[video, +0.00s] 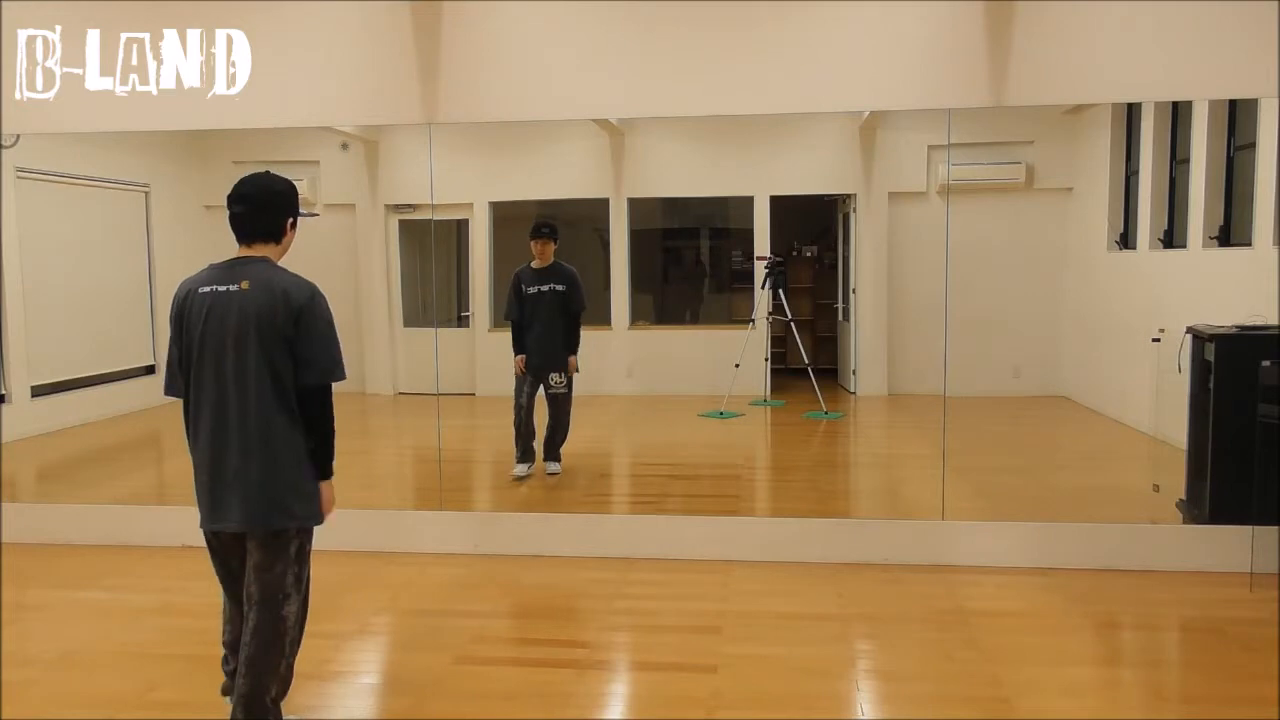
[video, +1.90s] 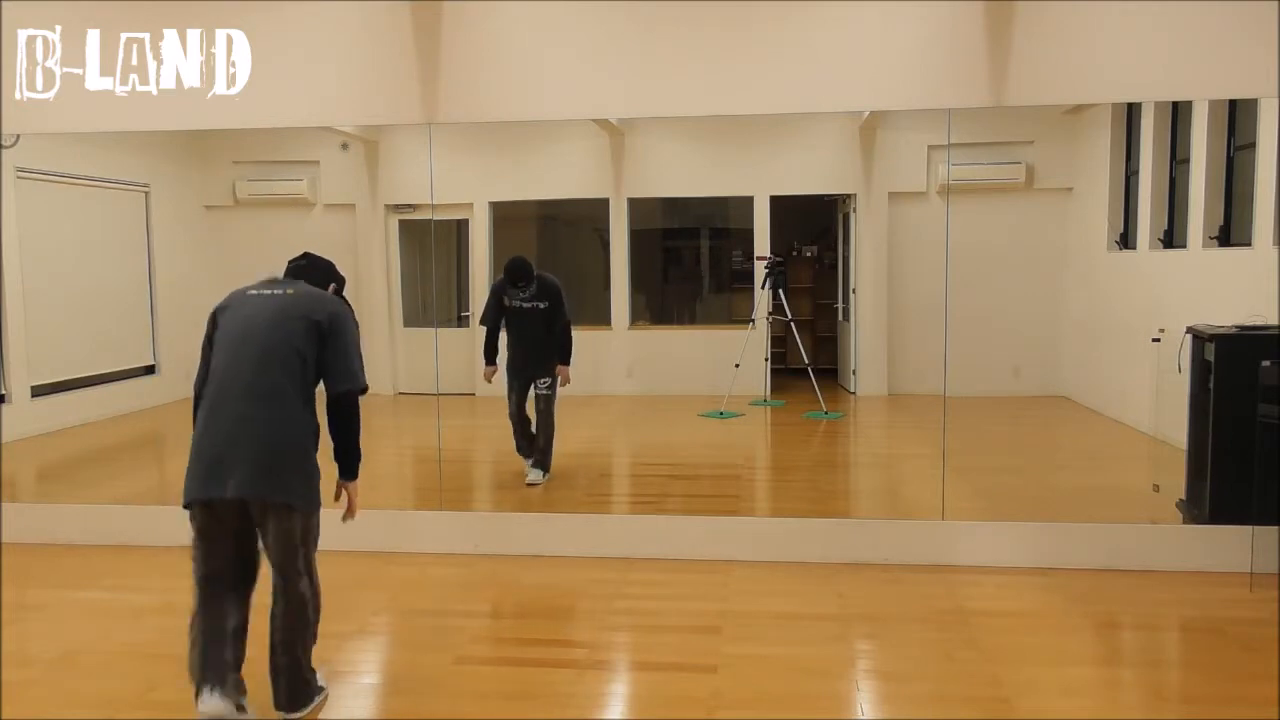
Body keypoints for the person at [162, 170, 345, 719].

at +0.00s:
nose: (295, 229)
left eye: (296, 220)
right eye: (295, 221)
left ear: (233, 225)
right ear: (287, 227)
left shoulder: (191, 292)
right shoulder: (300, 296)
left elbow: (184, 390)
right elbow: (316, 397)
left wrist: (209, 457)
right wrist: (323, 474)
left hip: (215, 483)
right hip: (281, 484)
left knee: (237, 596)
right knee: (274, 607)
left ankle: (240, 691)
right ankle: (257, 710)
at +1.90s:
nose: (337, 304)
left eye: (338, 299)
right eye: (339, 299)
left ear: (289, 279)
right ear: (331, 289)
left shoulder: (231, 302)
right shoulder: (331, 308)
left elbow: (204, 387)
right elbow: (343, 396)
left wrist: (211, 452)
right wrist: (348, 469)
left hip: (212, 462)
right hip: (282, 462)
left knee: (218, 577)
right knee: (294, 578)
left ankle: (216, 688)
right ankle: (293, 692)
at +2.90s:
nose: (337, 292)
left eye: (338, 287)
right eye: (337, 286)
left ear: (287, 267)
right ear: (329, 278)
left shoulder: (238, 287)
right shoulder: (334, 299)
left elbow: (223, 362)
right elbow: (367, 379)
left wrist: (254, 412)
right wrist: (376, 447)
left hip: (230, 457)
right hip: (295, 461)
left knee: (241, 570)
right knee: (299, 574)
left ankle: (244, 678)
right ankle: (284, 689)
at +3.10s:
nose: (339, 294)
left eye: (337, 289)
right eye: (339, 288)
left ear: (288, 276)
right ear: (332, 285)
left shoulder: (235, 304)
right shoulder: (339, 316)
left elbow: (213, 391)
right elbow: (342, 398)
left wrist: (238, 436)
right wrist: (349, 447)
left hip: (223, 467)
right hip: (287, 471)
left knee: (237, 582)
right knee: (294, 581)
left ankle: (242, 682)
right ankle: (281, 683)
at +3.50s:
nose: (355, 262)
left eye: (353, 257)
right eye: (355, 256)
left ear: (300, 253)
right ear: (348, 255)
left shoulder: (260, 295)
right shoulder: (367, 286)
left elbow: (199, 333)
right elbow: (444, 316)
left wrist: (174, 353)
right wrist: (511, 336)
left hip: (284, 465)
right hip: (355, 463)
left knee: (271, 558)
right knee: (391, 576)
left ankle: (266, 665)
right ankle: (422, 698)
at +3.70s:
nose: (371, 271)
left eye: (369, 266)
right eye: (372, 265)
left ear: (315, 260)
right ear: (365, 263)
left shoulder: (277, 309)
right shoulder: (382, 305)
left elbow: (224, 399)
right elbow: (431, 378)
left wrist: (248, 437)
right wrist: (463, 427)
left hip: (308, 484)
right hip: (375, 482)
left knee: (327, 580)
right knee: (395, 588)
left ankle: (322, 690)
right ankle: (410, 701)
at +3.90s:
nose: (379, 265)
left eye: (379, 258)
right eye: (379, 257)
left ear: (322, 251)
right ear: (369, 253)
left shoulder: (275, 297)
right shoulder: (377, 290)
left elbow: (268, 383)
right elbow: (384, 374)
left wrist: (319, 371)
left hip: (284, 470)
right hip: (351, 465)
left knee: (305, 601)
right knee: (396, 561)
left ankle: (324, 711)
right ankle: (369, 668)